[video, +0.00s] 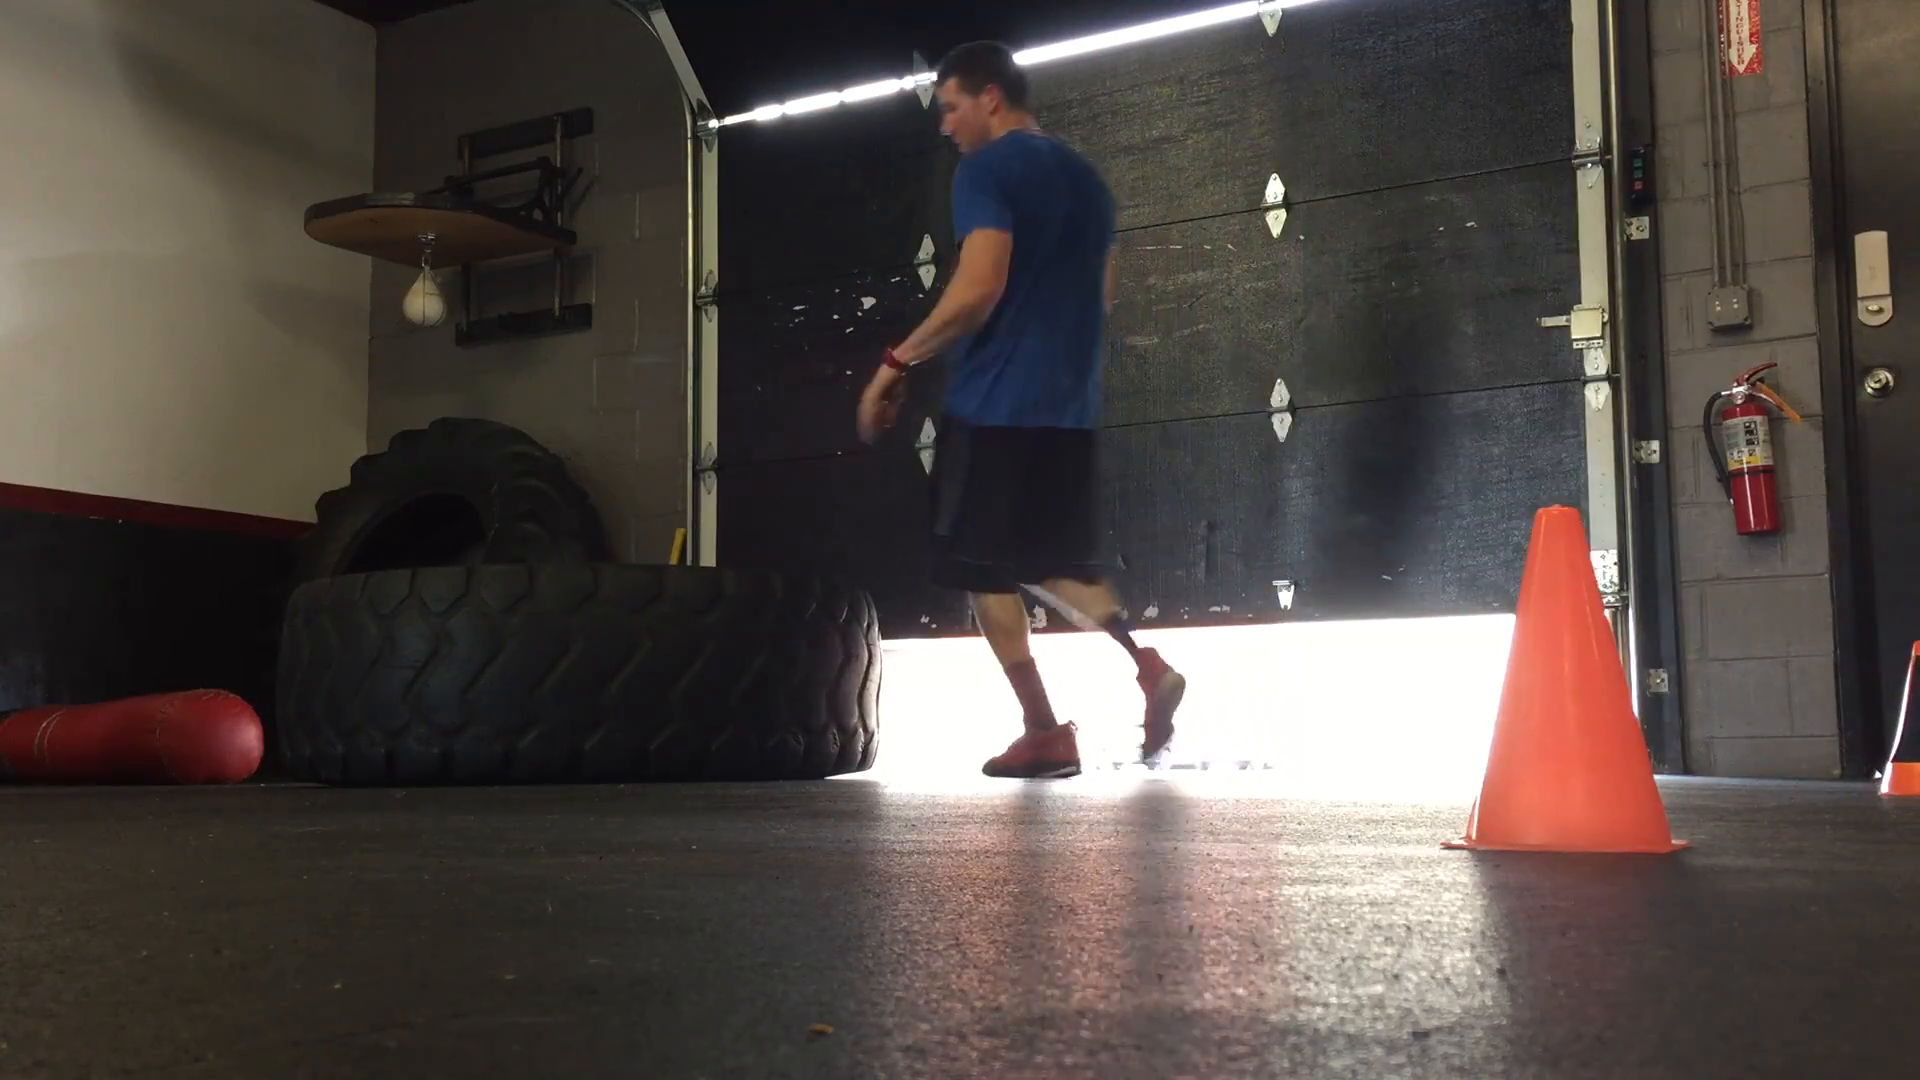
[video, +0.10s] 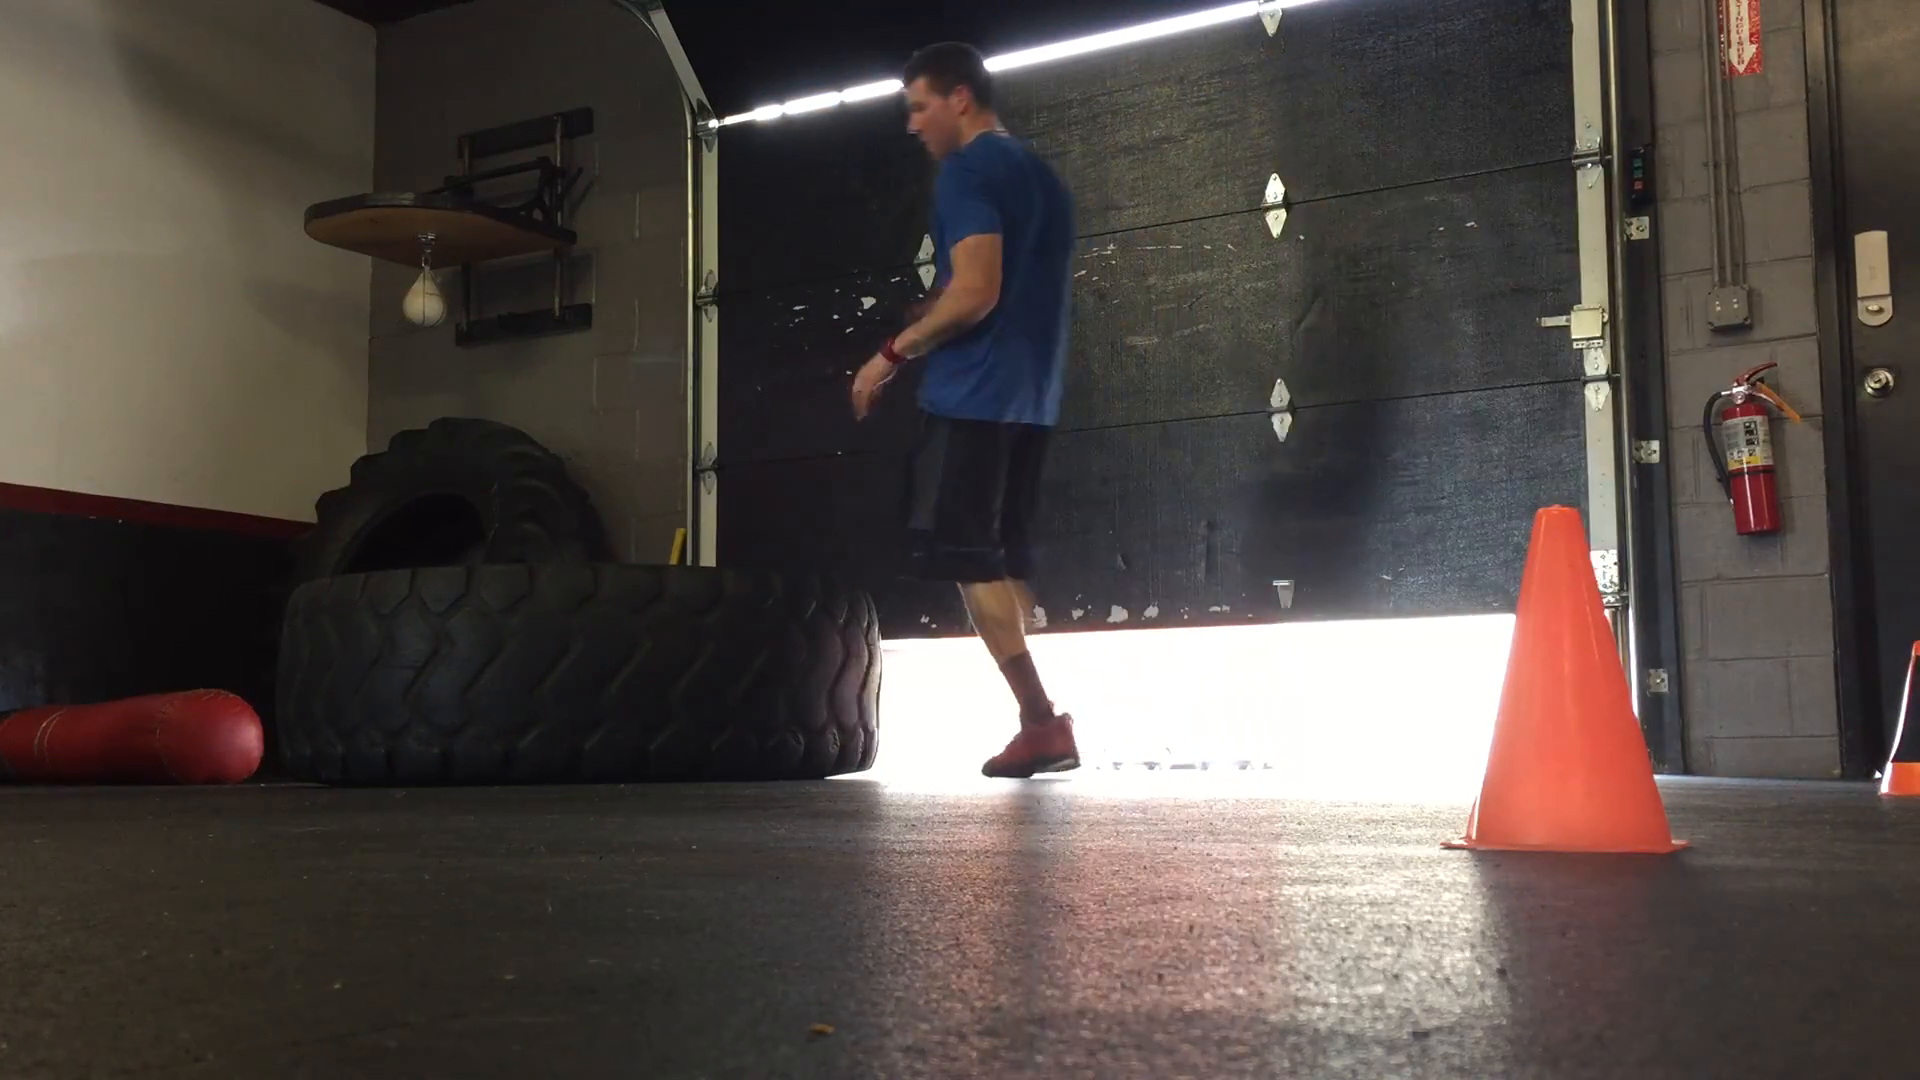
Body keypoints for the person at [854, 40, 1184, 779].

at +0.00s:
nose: (946, 127)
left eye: (950, 109)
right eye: (943, 112)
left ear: (990, 98)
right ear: (1001, 101)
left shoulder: (988, 168)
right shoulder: (1088, 179)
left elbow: (977, 288)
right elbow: (1099, 300)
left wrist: (898, 361)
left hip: (994, 408)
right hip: (1068, 408)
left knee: (980, 562)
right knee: (1049, 558)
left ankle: (1044, 730)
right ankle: (1150, 666)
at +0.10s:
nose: (913, 125)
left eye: (918, 108)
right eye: (910, 111)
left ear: (961, 97)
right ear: (972, 99)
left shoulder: (971, 169)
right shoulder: (1040, 175)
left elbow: (975, 289)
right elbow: (1029, 297)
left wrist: (891, 354)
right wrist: (930, 330)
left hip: (979, 395)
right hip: (1029, 395)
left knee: (967, 551)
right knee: (999, 553)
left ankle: (1040, 723)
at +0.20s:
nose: (882, 134)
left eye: (891, 118)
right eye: (880, 120)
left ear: (933, 111)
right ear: (935, 116)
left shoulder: (953, 180)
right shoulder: (977, 181)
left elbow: (962, 294)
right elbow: (966, 303)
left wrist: (889, 329)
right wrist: (904, 355)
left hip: (962, 402)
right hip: (960, 399)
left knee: (944, 555)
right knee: (922, 556)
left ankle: (1040, 715)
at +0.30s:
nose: (859, 166)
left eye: (868, 150)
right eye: (856, 153)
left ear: (911, 144)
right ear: (901, 149)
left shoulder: (939, 210)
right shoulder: (916, 216)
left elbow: (961, 326)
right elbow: (921, 328)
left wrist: (873, 346)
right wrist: (866, 387)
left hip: (937, 425)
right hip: (908, 424)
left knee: (917, 578)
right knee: (883, 575)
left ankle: (1042, 709)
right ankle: (906, 731)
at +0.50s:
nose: (825, 171)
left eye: (834, 157)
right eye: (819, 159)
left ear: (875, 144)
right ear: (820, 154)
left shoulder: (922, 217)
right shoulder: (828, 210)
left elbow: (948, 333)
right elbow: (829, 306)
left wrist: (853, 378)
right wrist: (797, 382)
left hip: (906, 405)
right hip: (847, 404)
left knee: (877, 541)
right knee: (830, 555)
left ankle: (962, 702)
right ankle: (887, 711)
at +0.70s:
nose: (772, 221)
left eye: (783, 206)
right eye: (763, 209)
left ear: (821, 194)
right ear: (757, 204)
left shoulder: (876, 260)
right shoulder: (763, 266)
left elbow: (882, 384)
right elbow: (764, 370)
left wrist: (823, 482)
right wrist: (756, 469)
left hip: (894, 419)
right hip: (817, 415)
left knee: (885, 557)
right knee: (791, 553)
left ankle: (909, 726)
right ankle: (805, 715)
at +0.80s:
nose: (748, 296)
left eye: (760, 282)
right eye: (740, 284)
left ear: (798, 276)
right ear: (731, 281)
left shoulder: (851, 334)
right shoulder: (738, 341)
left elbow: (841, 466)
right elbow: (747, 455)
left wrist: (823, 574)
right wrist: (738, 567)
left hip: (889, 458)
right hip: (805, 463)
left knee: (884, 558)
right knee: (733, 565)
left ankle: (913, 727)